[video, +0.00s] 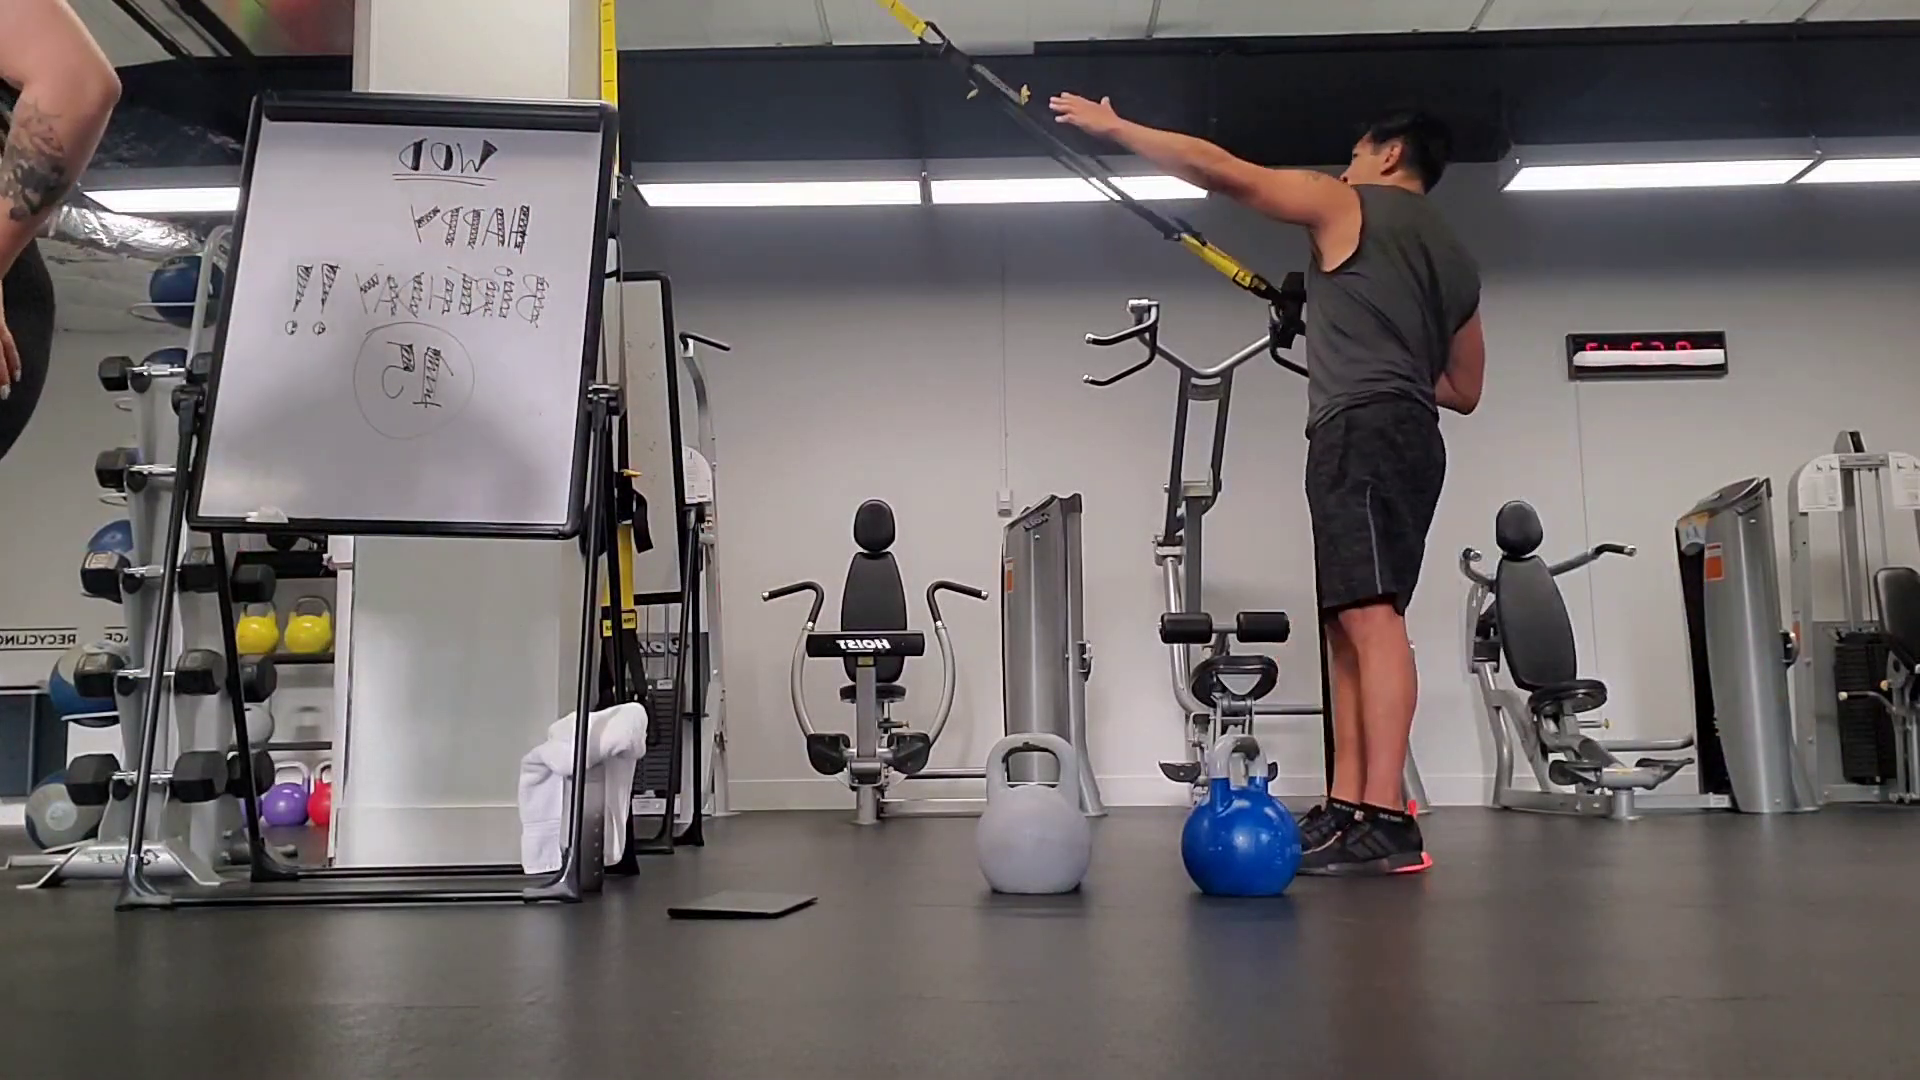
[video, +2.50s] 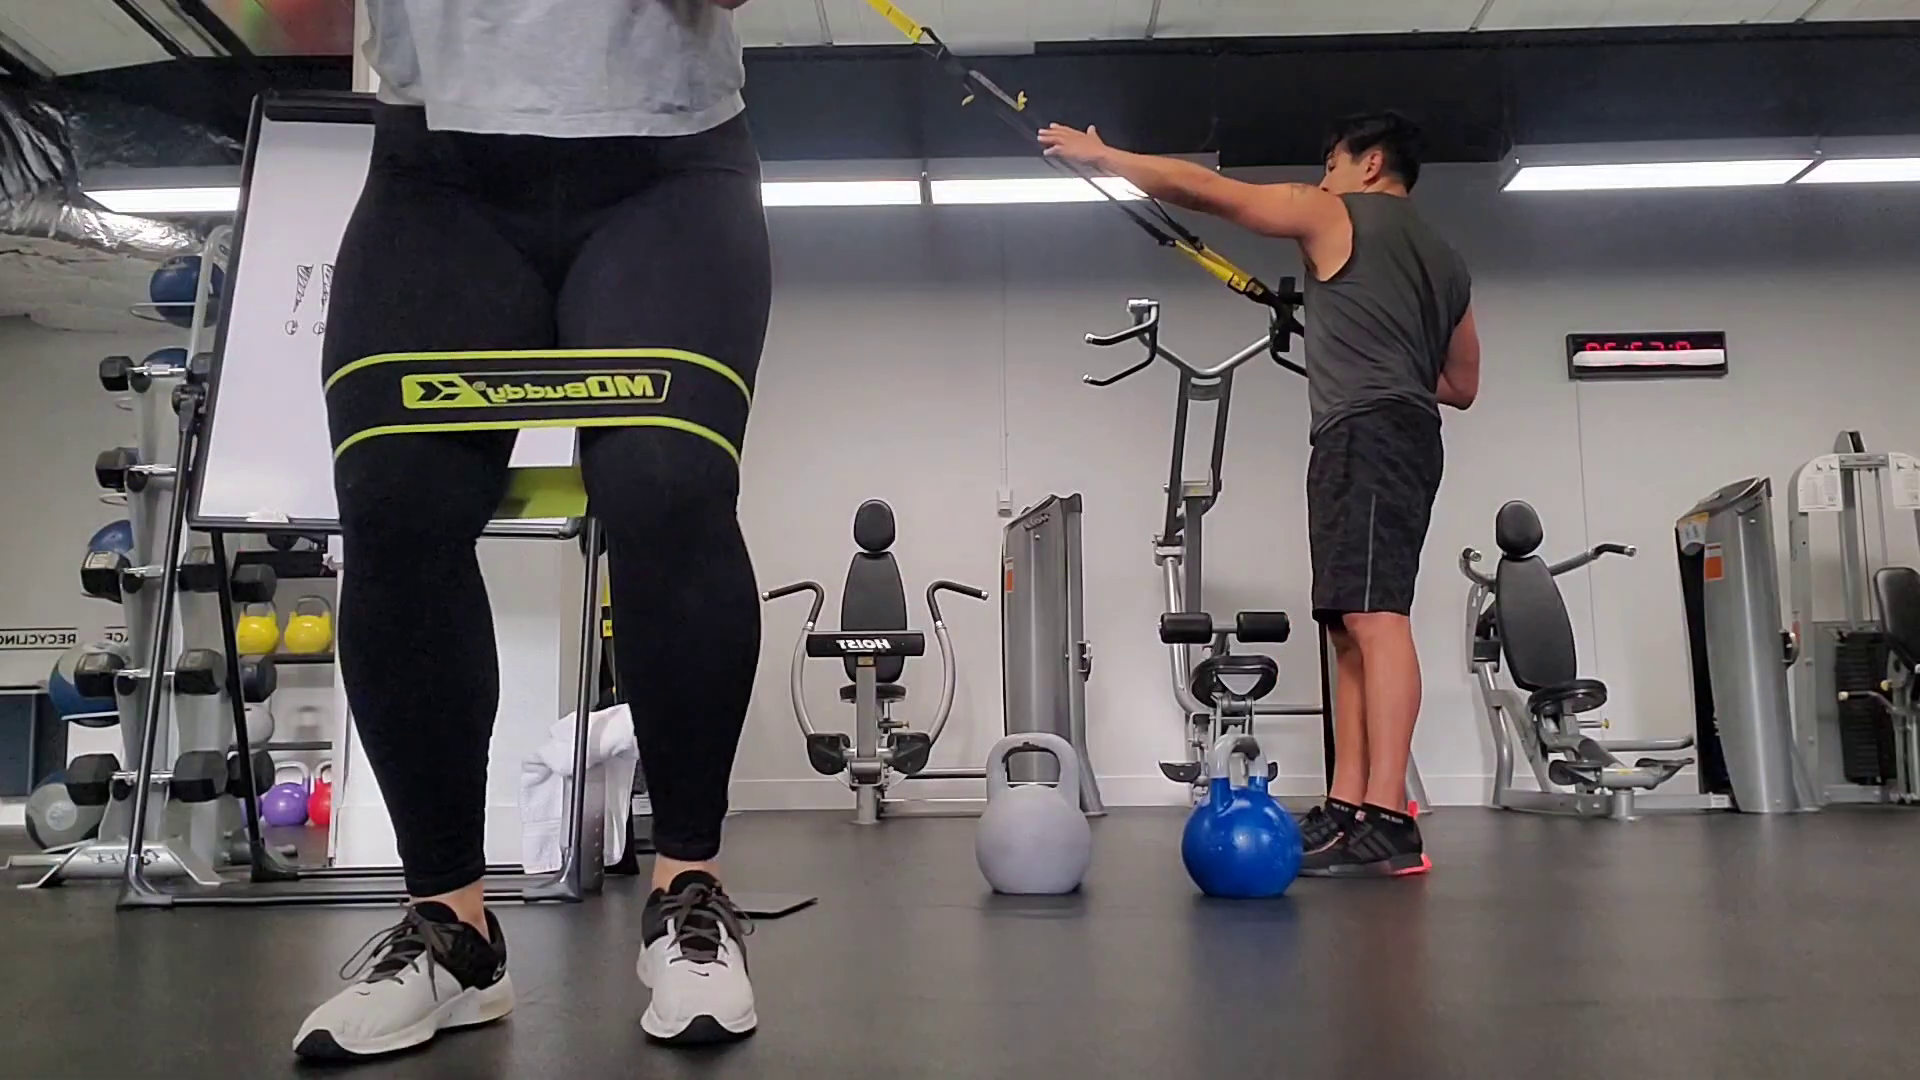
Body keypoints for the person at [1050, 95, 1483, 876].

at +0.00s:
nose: (1351, 163)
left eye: (1360, 151)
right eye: (1357, 153)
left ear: (1391, 152)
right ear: (1419, 167)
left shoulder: (1344, 202)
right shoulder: (1453, 257)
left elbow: (1221, 169)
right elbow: (1462, 390)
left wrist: (1113, 124)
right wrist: (1360, 350)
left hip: (1361, 431)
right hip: (1406, 437)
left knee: (1373, 617)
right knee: (1347, 620)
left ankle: (1388, 819)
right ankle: (1349, 806)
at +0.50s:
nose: (1355, 182)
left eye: (1365, 168)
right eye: (1358, 170)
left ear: (1409, 170)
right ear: (1412, 176)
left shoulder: (1409, 220)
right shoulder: (1417, 255)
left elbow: (1297, 209)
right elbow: (1424, 349)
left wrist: (1194, 169)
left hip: (1418, 441)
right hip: (1388, 448)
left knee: (1349, 619)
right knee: (1319, 626)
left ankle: (1387, 821)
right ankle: (1347, 812)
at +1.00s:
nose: (1548, 410)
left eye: (1564, 394)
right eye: (1547, 397)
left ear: (1622, 404)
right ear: (1552, 407)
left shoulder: (1663, 510)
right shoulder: (1524, 479)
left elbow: (1734, 612)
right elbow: (1416, 470)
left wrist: (1780, 676)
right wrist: (1362, 397)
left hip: (1547, 695)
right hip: (1481, 682)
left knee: (1382, 620)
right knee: (1308, 639)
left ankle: (1395, 824)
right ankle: (1341, 811)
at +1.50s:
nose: (1561, 454)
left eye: (1576, 439)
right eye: (1558, 443)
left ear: (1635, 444)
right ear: (1561, 453)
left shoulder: (1672, 555)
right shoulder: (1536, 514)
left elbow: (1726, 669)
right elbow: (1428, 484)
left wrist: (1787, 722)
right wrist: (1360, 414)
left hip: (1545, 719)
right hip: (1480, 707)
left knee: (1397, 620)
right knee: (1317, 640)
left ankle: (1396, 822)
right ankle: (1340, 809)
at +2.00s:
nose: (1403, 193)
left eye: (1412, 180)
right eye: (1406, 181)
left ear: (1454, 178)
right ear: (1467, 187)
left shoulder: (1448, 226)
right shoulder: (1478, 266)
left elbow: (1332, 200)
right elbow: (1442, 366)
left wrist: (1222, 152)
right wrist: (1378, 342)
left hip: (1429, 438)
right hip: (1399, 442)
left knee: (1356, 614)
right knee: (1325, 620)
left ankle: (1390, 820)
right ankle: (1345, 807)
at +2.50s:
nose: (1325, 179)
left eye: (1333, 165)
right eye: (1328, 167)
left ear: (1371, 160)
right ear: (1398, 171)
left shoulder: (1336, 212)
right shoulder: (1444, 260)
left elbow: (1213, 189)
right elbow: (1460, 386)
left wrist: (1102, 153)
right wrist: (1363, 355)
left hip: (1366, 430)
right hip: (1404, 432)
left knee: (1378, 618)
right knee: (1348, 623)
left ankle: (1389, 821)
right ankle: (1349, 808)